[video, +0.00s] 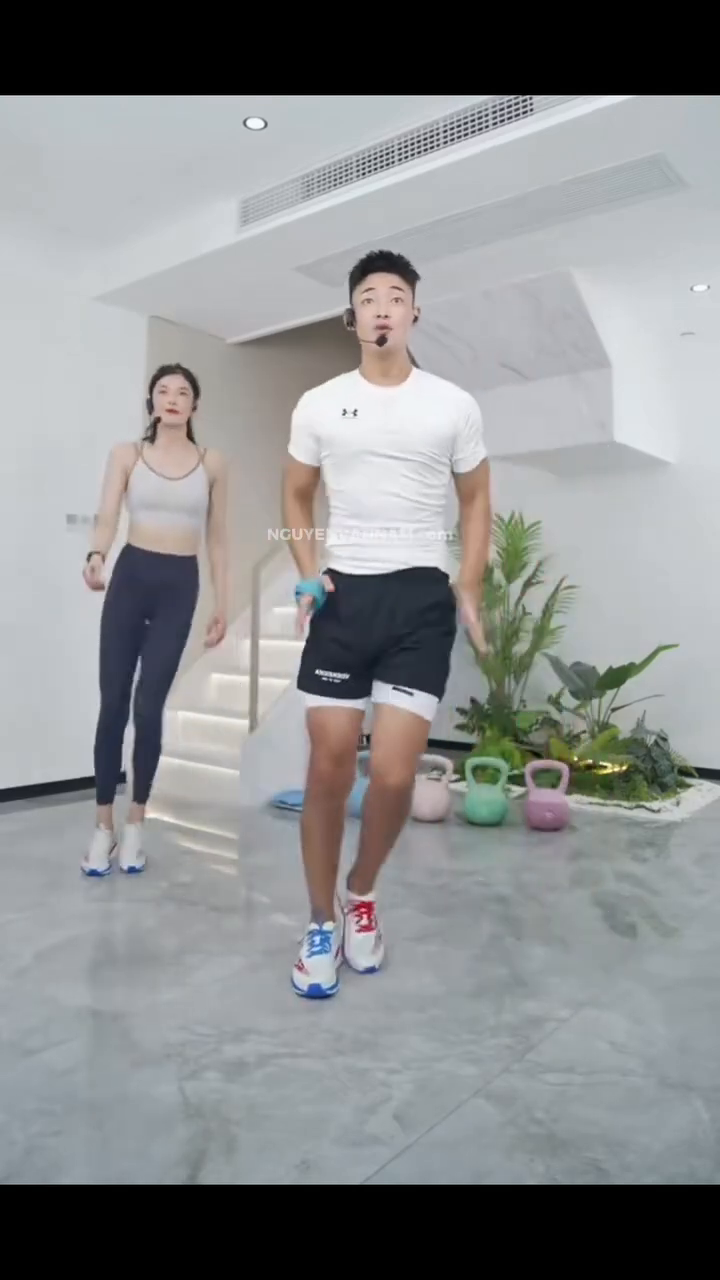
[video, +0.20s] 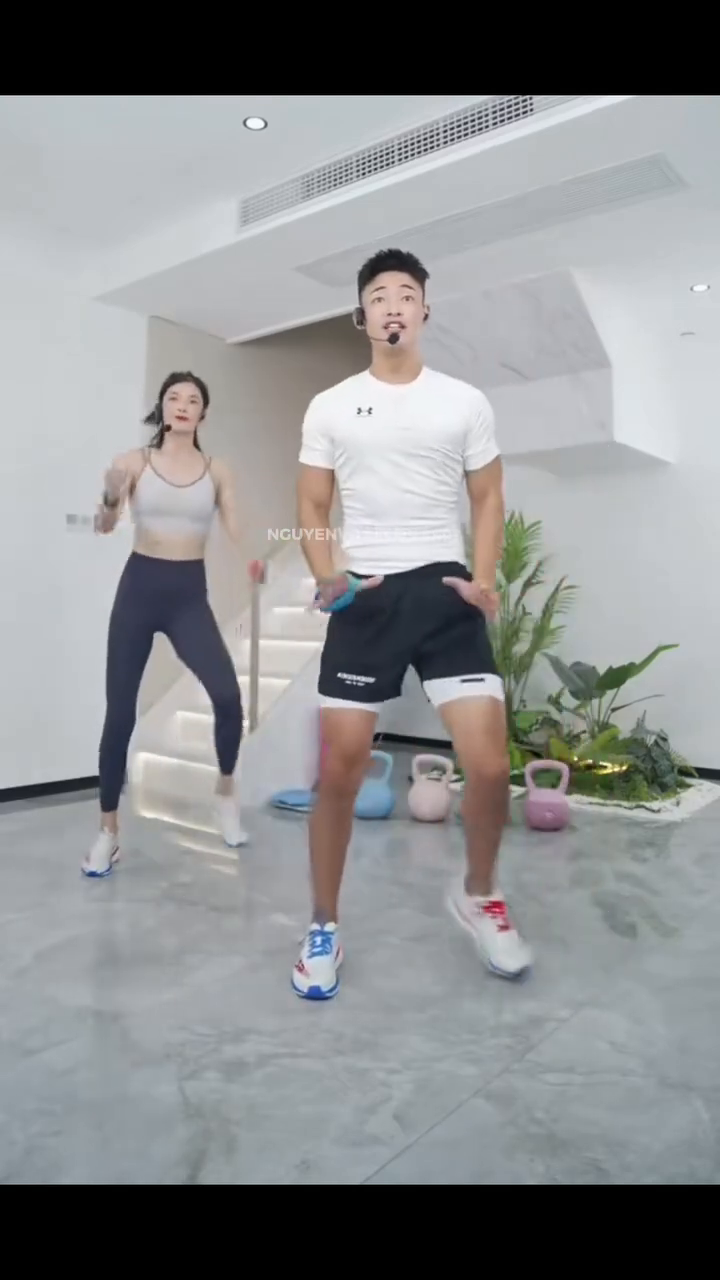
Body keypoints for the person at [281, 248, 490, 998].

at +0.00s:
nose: (381, 310)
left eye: (395, 299)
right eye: (369, 300)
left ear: (415, 315)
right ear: (353, 317)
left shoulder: (454, 407)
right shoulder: (319, 406)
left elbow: (477, 504)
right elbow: (297, 499)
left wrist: (469, 587)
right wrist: (311, 577)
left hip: (423, 600)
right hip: (342, 598)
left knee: (394, 777)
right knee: (329, 759)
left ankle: (360, 892)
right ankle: (321, 925)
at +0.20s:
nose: (393, 307)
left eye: (405, 295)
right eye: (380, 297)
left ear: (426, 309)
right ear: (361, 316)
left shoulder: (466, 404)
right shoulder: (330, 408)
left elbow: (488, 500)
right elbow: (312, 512)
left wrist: (487, 580)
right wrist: (328, 578)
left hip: (447, 597)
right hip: (360, 602)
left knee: (490, 768)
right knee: (340, 767)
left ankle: (480, 898)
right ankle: (322, 928)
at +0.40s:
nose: (439, 312)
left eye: (453, 301)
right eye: (427, 302)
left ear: (473, 316)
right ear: (410, 320)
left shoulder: (514, 405)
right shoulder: (377, 410)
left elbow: (539, 502)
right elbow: (360, 514)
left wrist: (537, 575)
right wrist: (366, 553)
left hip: (496, 599)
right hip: (410, 604)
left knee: (531, 774)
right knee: (371, 768)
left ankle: (561, 927)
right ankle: (328, 927)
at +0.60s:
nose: (487, 316)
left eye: (501, 304)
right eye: (473, 305)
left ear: (520, 317)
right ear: (456, 323)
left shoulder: (560, 407)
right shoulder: (425, 412)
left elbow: (588, 503)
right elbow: (409, 515)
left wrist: (581, 579)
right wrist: (416, 564)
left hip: (539, 602)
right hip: (454, 601)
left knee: (549, 776)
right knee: (406, 753)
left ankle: (561, 929)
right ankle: (393, 896)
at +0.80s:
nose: (503, 315)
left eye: (516, 303)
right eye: (490, 305)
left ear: (535, 317)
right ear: (473, 321)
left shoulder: (573, 408)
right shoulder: (441, 412)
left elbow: (599, 504)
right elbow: (422, 515)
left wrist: (590, 577)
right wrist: (432, 558)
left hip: (551, 601)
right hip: (470, 602)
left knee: (553, 776)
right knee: (472, 777)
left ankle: (565, 925)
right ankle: (511, 889)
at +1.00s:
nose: (499, 316)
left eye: (512, 305)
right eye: (486, 306)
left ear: (531, 318)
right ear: (468, 322)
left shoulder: (568, 409)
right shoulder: (436, 411)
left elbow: (592, 507)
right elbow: (416, 513)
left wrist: (577, 582)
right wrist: (423, 552)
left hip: (541, 602)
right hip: (459, 601)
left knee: (551, 777)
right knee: (425, 768)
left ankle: (563, 927)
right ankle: (440, 888)